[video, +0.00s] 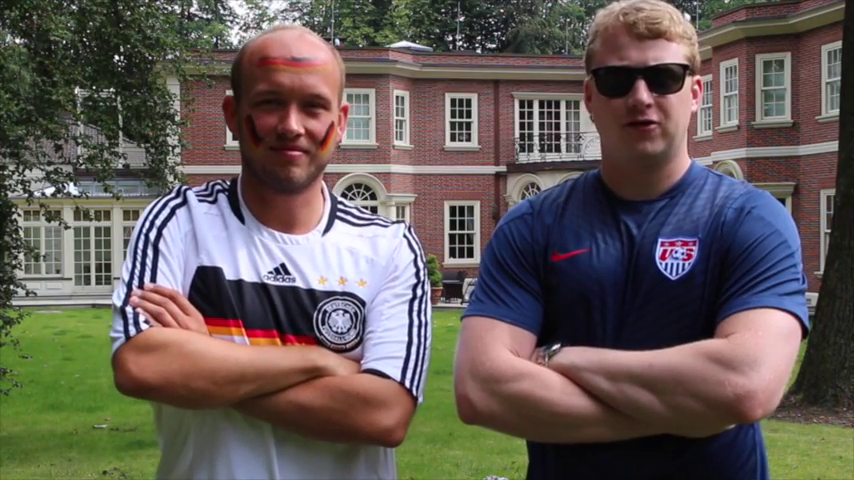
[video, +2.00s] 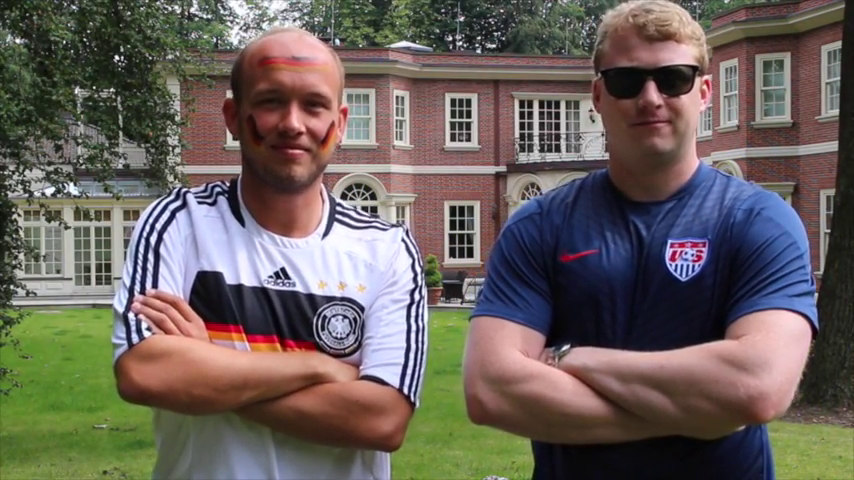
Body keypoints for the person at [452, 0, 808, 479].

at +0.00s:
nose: (640, 97)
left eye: (662, 78)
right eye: (616, 80)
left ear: (695, 93)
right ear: (589, 97)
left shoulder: (751, 219)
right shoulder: (530, 227)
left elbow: (747, 388)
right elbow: (481, 391)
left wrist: (558, 360)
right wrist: (672, 410)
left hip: (714, 473)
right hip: (565, 473)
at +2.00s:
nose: (650, 98)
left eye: (672, 79)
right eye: (626, 80)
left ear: (704, 92)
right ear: (597, 97)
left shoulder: (760, 221)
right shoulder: (538, 227)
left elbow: (758, 388)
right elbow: (490, 391)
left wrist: (568, 361)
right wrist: (684, 412)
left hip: (722, 473)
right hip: (573, 473)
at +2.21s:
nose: (652, 98)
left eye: (673, 80)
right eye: (628, 81)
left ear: (705, 93)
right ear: (599, 97)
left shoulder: (761, 221)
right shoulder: (539, 227)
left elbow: (761, 389)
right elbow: (492, 391)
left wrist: (568, 361)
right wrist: (686, 412)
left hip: (723, 473)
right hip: (573, 473)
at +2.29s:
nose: (652, 98)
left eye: (674, 80)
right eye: (629, 81)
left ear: (706, 93)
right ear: (599, 98)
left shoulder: (762, 221)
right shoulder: (540, 227)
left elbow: (761, 389)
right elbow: (492, 391)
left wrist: (568, 361)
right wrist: (686, 412)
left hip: (723, 473)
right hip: (574, 474)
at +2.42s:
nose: (653, 98)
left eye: (675, 80)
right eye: (630, 81)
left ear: (707, 93)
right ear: (600, 97)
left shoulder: (762, 221)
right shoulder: (540, 227)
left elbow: (762, 388)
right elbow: (493, 391)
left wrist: (569, 361)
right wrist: (686, 411)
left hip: (723, 473)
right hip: (575, 474)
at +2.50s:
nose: (653, 98)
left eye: (675, 80)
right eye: (630, 81)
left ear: (707, 93)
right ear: (600, 97)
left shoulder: (762, 221)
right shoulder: (540, 227)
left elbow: (762, 389)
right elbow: (493, 391)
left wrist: (570, 361)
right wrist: (686, 411)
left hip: (724, 473)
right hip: (575, 474)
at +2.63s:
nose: (655, 98)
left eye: (676, 80)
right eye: (631, 81)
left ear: (707, 94)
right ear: (601, 97)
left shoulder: (763, 221)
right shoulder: (540, 227)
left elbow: (762, 389)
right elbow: (493, 391)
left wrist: (570, 361)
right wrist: (686, 411)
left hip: (724, 473)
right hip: (575, 474)